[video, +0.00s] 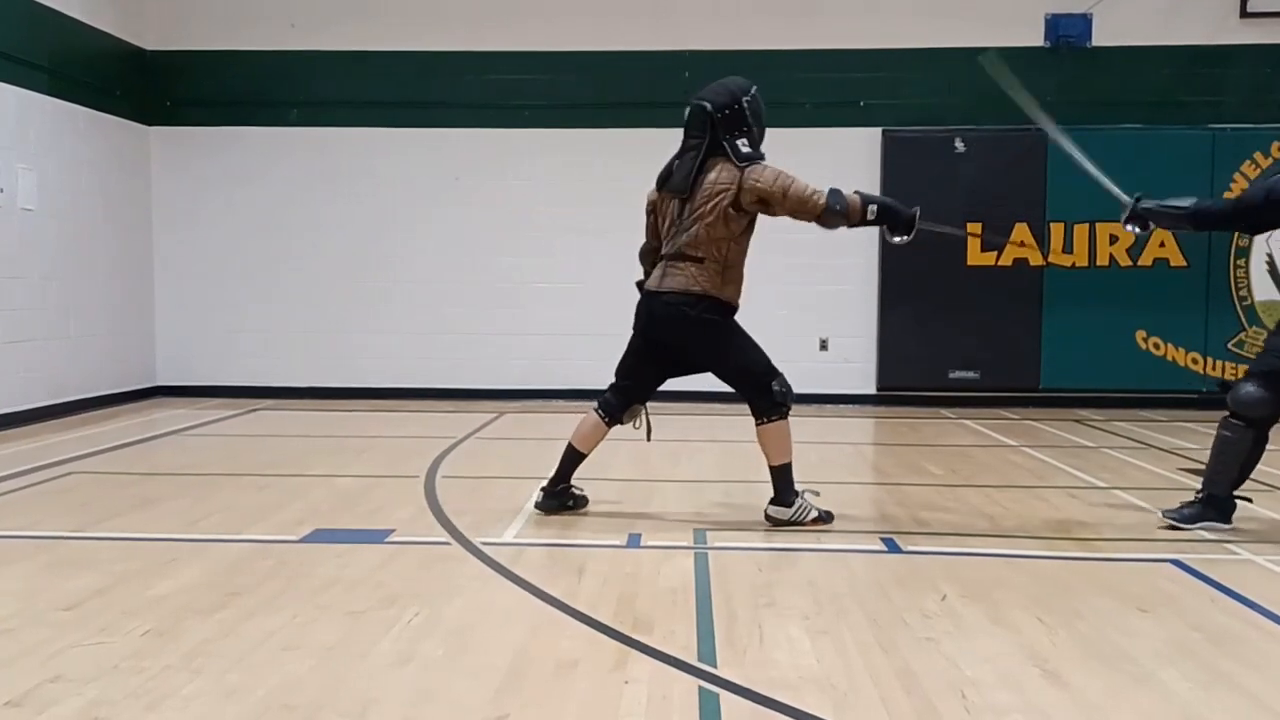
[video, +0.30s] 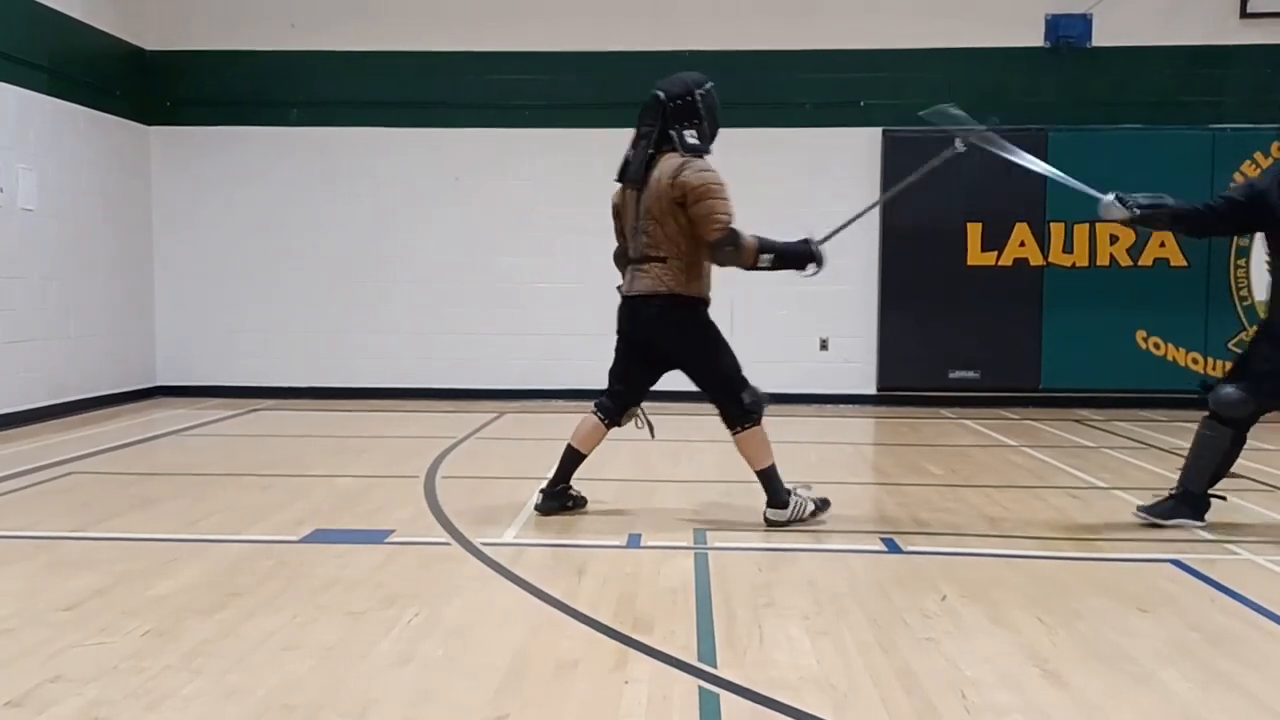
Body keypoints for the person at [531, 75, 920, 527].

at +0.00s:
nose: (758, 130)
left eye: (756, 120)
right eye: (753, 122)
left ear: (703, 124)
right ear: (738, 125)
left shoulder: (673, 172)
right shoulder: (743, 173)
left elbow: (651, 249)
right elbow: (818, 203)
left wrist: (660, 300)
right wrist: (879, 209)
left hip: (656, 311)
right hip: (703, 316)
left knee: (618, 398)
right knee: (770, 392)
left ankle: (556, 486)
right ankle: (785, 499)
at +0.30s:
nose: (713, 122)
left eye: (710, 112)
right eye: (708, 113)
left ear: (661, 115)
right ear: (694, 117)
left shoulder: (634, 171)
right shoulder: (694, 171)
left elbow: (624, 254)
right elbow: (725, 246)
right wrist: (789, 254)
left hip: (636, 312)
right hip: (679, 313)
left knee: (615, 403)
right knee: (739, 402)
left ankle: (555, 488)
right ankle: (781, 500)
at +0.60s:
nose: (678, 106)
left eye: (673, 96)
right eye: (670, 98)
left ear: (627, 108)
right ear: (655, 106)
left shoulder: (615, 155)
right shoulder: (645, 163)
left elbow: (642, 239)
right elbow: (651, 240)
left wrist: (712, 258)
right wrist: (715, 258)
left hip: (614, 300)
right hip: (644, 302)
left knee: (608, 398)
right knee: (706, 389)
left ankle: (554, 487)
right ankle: (684, 494)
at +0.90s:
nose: (668, 105)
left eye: (665, 95)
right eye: (662, 96)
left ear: (618, 103)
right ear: (645, 102)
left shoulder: (603, 153)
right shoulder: (635, 158)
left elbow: (629, 237)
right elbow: (653, 234)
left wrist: (694, 265)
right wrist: (717, 270)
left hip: (606, 295)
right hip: (639, 295)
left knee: (603, 393)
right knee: (691, 387)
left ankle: (553, 487)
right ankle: (683, 494)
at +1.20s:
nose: (656, 102)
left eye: (653, 93)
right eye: (651, 94)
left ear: (606, 101)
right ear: (637, 99)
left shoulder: (592, 152)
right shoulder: (630, 157)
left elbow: (597, 230)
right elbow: (644, 233)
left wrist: (669, 261)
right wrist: (698, 276)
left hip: (598, 293)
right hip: (632, 293)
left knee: (598, 391)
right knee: (680, 389)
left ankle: (553, 487)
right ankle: (683, 495)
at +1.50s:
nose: (647, 102)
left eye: (644, 93)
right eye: (641, 94)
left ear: (597, 100)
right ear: (627, 98)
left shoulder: (587, 152)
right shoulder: (622, 155)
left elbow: (647, 224)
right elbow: (655, 222)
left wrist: (717, 244)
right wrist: (724, 244)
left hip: (593, 293)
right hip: (628, 293)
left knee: (595, 388)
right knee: (671, 390)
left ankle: (553, 487)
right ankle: (682, 495)